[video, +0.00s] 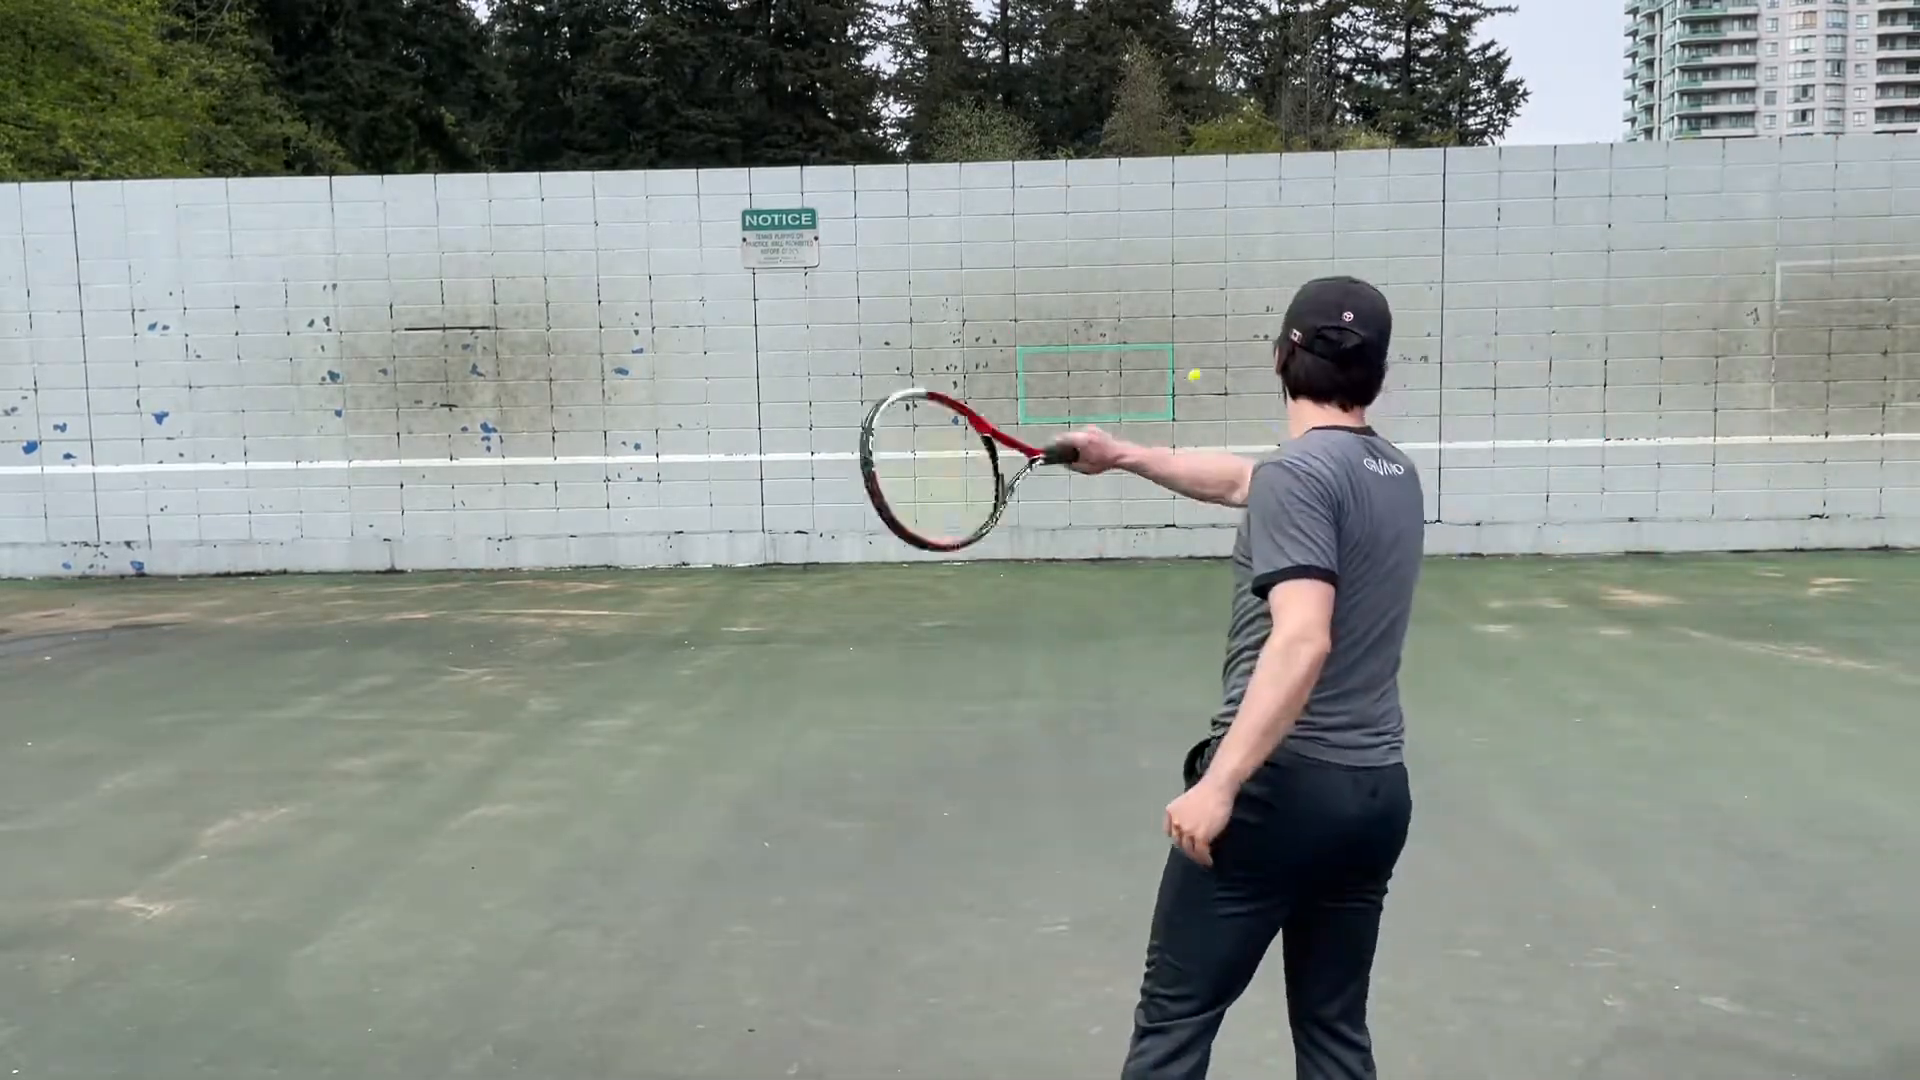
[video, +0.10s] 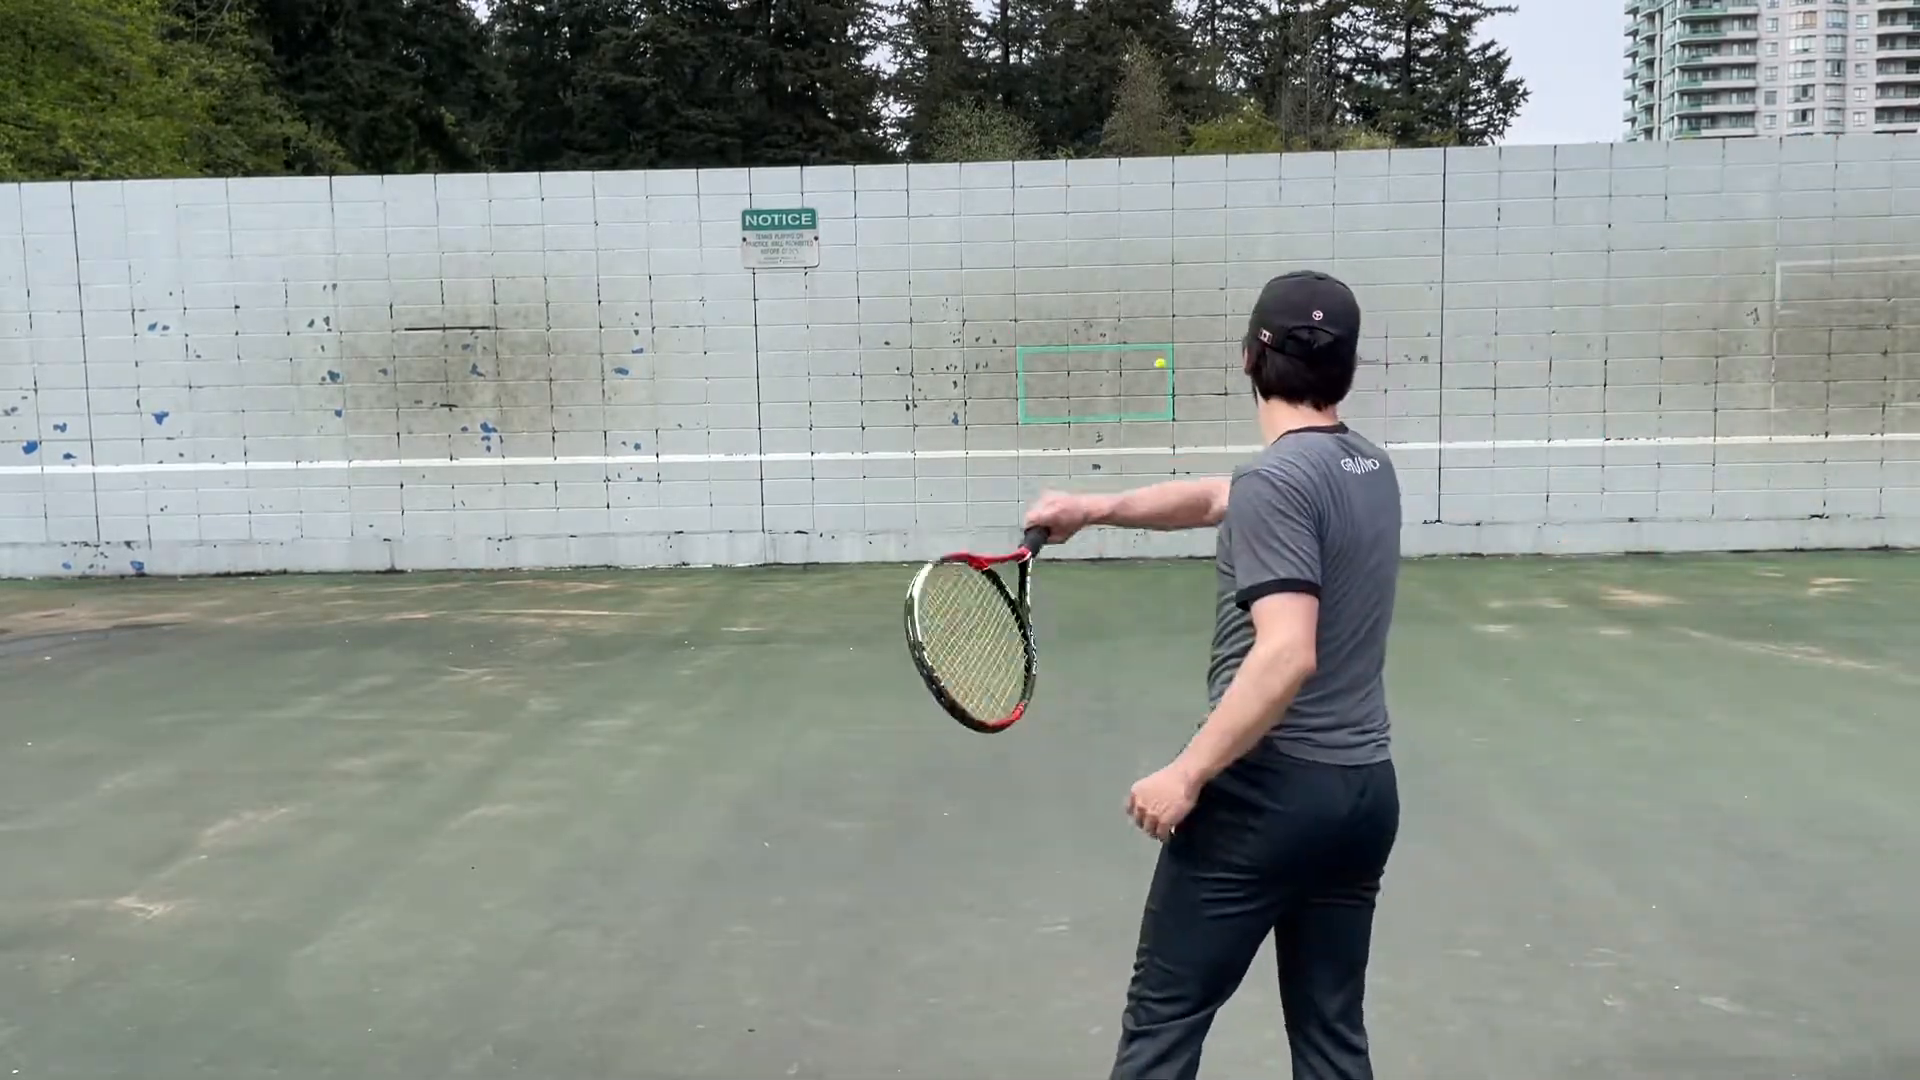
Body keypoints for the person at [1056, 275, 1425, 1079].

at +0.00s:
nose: (1277, 352)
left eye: (1280, 343)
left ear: (1285, 357)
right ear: (1379, 372)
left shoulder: (1295, 474)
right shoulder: (1393, 471)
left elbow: (1302, 639)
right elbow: (1249, 477)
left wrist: (1219, 783)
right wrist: (1123, 454)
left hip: (1272, 790)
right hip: (1372, 791)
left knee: (1173, 1023)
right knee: (1335, 1025)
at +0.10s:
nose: (1245, 354)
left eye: (1248, 343)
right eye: (1258, 342)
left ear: (1253, 358)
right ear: (1349, 366)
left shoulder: (1275, 480)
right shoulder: (1371, 468)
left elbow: (1287, 654)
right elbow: (1217, 499)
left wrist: (1185, 773)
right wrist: (1093, 508)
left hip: (1262, 791)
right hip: (1361, 790)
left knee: (1163, 1020)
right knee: (1331, 1029)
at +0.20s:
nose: (1209, 355)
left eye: (1213, 345)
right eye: (1218, 344)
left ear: (1216, 362)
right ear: (1312, 366)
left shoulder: (1235, 490)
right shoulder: (1341, 470)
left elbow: (1256, 662)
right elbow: (1211, 546)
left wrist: (1147, 756)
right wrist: (1091, 590)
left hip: (1235, 798)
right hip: (1340, 791)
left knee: (1149, 1031)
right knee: (1322, 1032)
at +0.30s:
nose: (1158, 364)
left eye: (1161, 353)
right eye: (1166, 351)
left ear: (1168, 370)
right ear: (1264, 374)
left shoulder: (1183, 502)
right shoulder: (1301, 482)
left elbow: (1211, 676)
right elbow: (1236, 614)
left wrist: (1111, 751)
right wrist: (1114, 668)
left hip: (1195, 811)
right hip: (1302, 800)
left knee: (1137, 1048)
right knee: (1303, 1037)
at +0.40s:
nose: (1107, 372)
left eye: (1110, 362)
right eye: (1116, 360)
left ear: (1114, 381)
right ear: (1209, 384)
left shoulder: (1120, 511)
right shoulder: (1260, 498)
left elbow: (1142, 689)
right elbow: (1248, 657)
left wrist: (1048, 752)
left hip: (1147, 817)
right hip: (1254, 809)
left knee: (1115, 1058)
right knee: (1266, 1041)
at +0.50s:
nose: (1058, 373)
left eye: (1061, 365)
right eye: (1064, 363)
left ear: (1066, 385)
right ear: (1158, 382)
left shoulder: (1064, 514)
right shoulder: (1221, 496)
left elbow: (1056, 699)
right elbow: (1259, 660)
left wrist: (997, 739)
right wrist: (1171, 694)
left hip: (1109, 817)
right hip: (1216, 805)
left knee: (1091, 1056)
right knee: (1204, 1013)